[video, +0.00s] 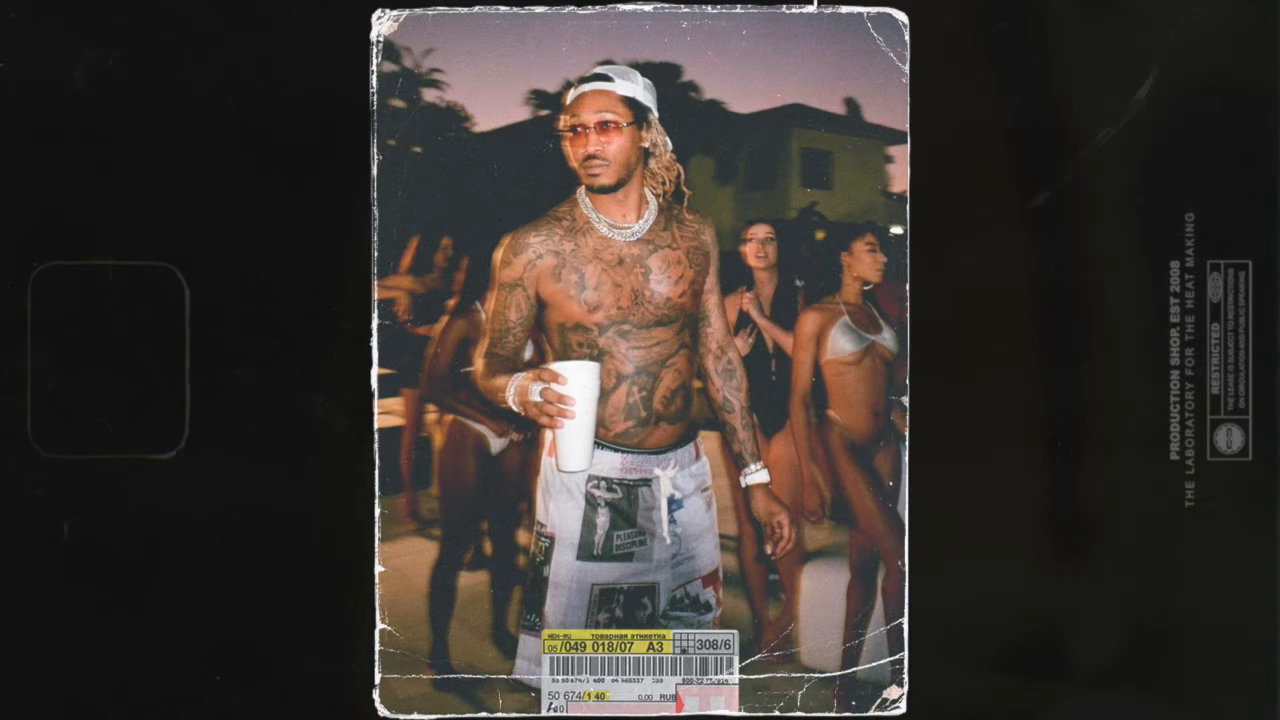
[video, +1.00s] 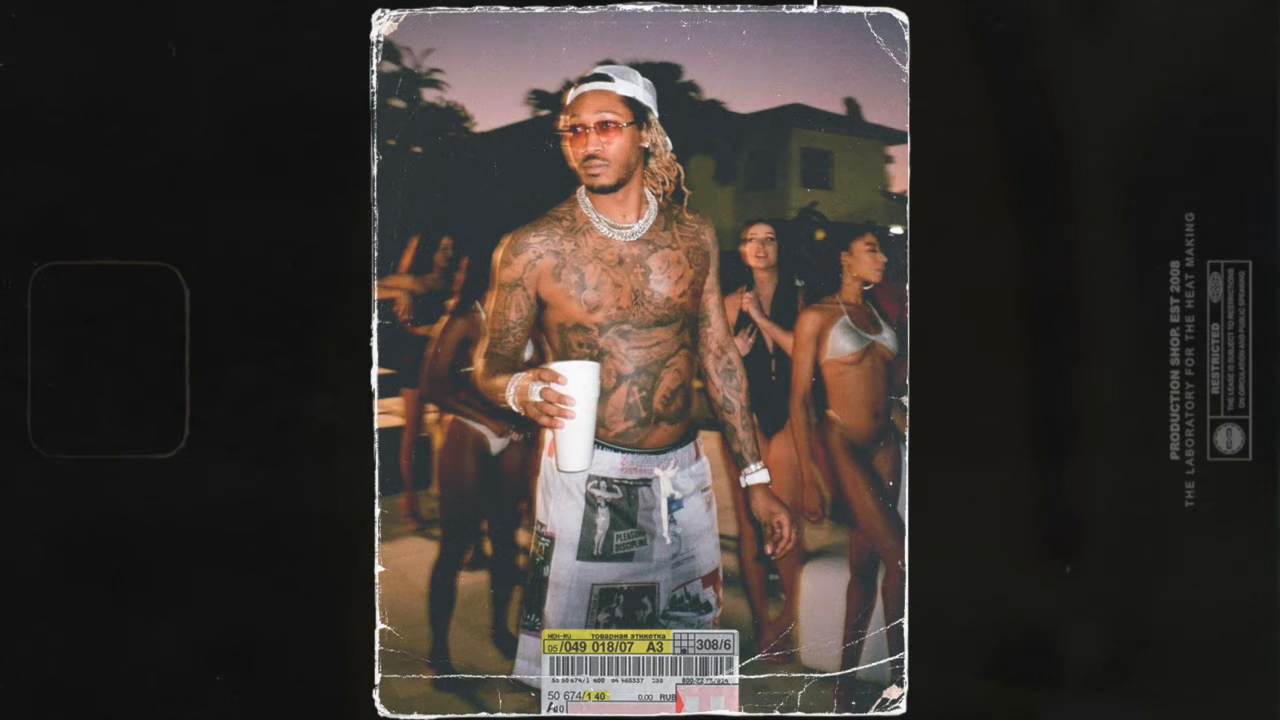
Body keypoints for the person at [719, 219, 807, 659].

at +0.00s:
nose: (759, 249)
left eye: (768, 241)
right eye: (751, 242)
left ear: (781, 249)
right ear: (741, 250)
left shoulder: (797, 296)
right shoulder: (730, 300)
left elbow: (802, 352)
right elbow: (712, 364)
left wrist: (760, 318)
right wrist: (734, 349)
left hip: (784, 420)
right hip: (739, 421)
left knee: (783, 520)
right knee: (748, 526)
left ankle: (793, 613)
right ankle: (762, 619)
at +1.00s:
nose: (759, 249)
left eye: (767, 242)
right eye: (751, 242)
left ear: (781, 249)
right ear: (741, 250)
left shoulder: (797, 296)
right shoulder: (731, 300)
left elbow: (804, 351)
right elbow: (714, 365)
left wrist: (761, 318)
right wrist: (734, 344)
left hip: (783, 420)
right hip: (738, 422)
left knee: (783, 521)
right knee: (748, 526)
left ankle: (793, 614)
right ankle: (762, 622)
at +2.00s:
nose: (760, 249)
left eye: (768, 241)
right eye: (752, 241)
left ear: (781, 249)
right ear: (741, 250)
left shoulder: (797, 296)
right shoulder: (730, 300)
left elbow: (804, 352)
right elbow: (713, 366)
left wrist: (761, 318)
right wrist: (734, 347)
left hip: (783, 420)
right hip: (738, 421)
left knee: (784, 521)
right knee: (748, 526)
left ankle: (794, 613)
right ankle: (761, 623)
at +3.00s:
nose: (760, 249)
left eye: (768, 241)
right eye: (752, 242)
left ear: (781, 249)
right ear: (741, 250)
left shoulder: (797, 295)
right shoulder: (730, 300)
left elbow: (803, 352)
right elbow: (713, 365)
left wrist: (761, 318)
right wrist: (736, 343)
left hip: (784, 419)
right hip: (738, 420)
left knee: (784, 520)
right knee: (748, 525)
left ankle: (793, 614)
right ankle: (761, 620)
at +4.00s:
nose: (759, 249)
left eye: (767, 242)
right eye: (751, 242)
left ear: (781, 249)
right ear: (741, 250)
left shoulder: (797, 296)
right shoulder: (730, 300)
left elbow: (803, 351)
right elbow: (714, 364)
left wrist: (761, 317)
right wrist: (735, 342)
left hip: (784, 419)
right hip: (739, 420)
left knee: (783, 521)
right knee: (748, 525)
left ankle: (794, 612)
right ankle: (762, 621)